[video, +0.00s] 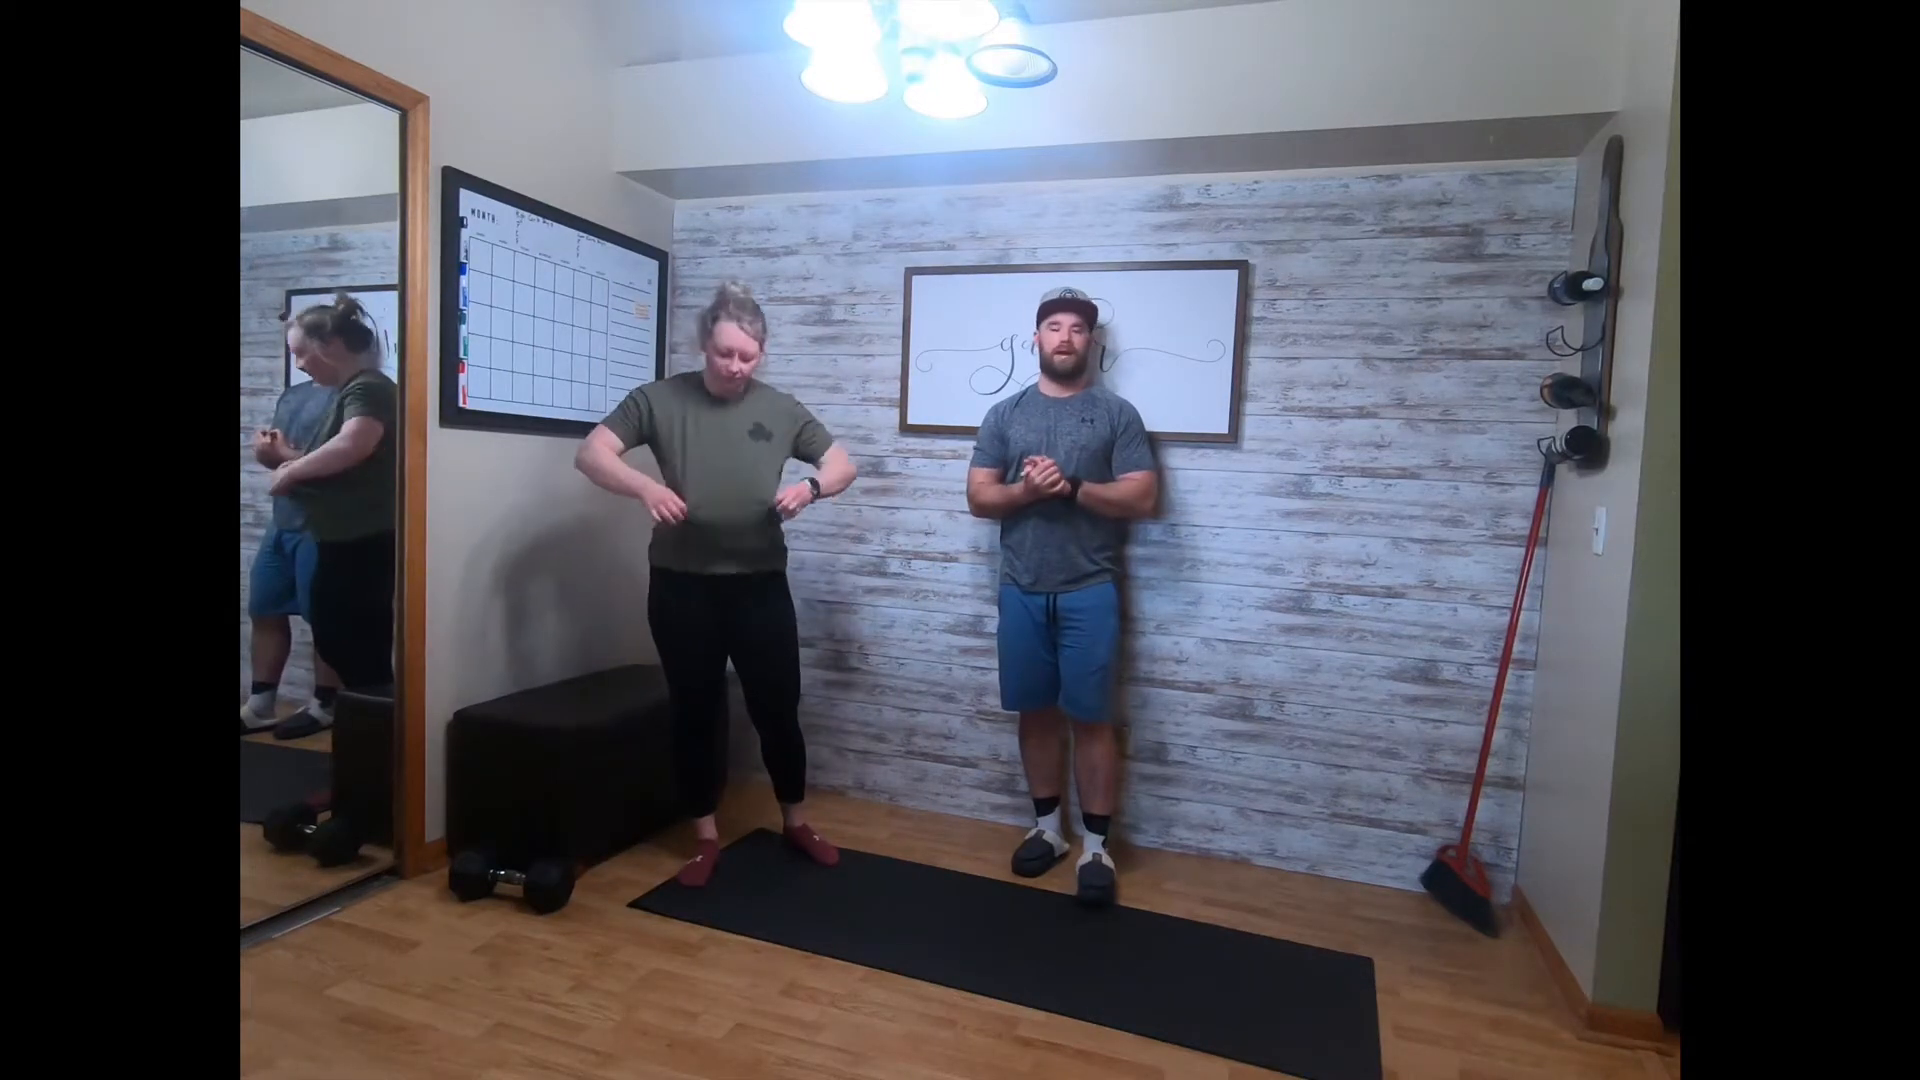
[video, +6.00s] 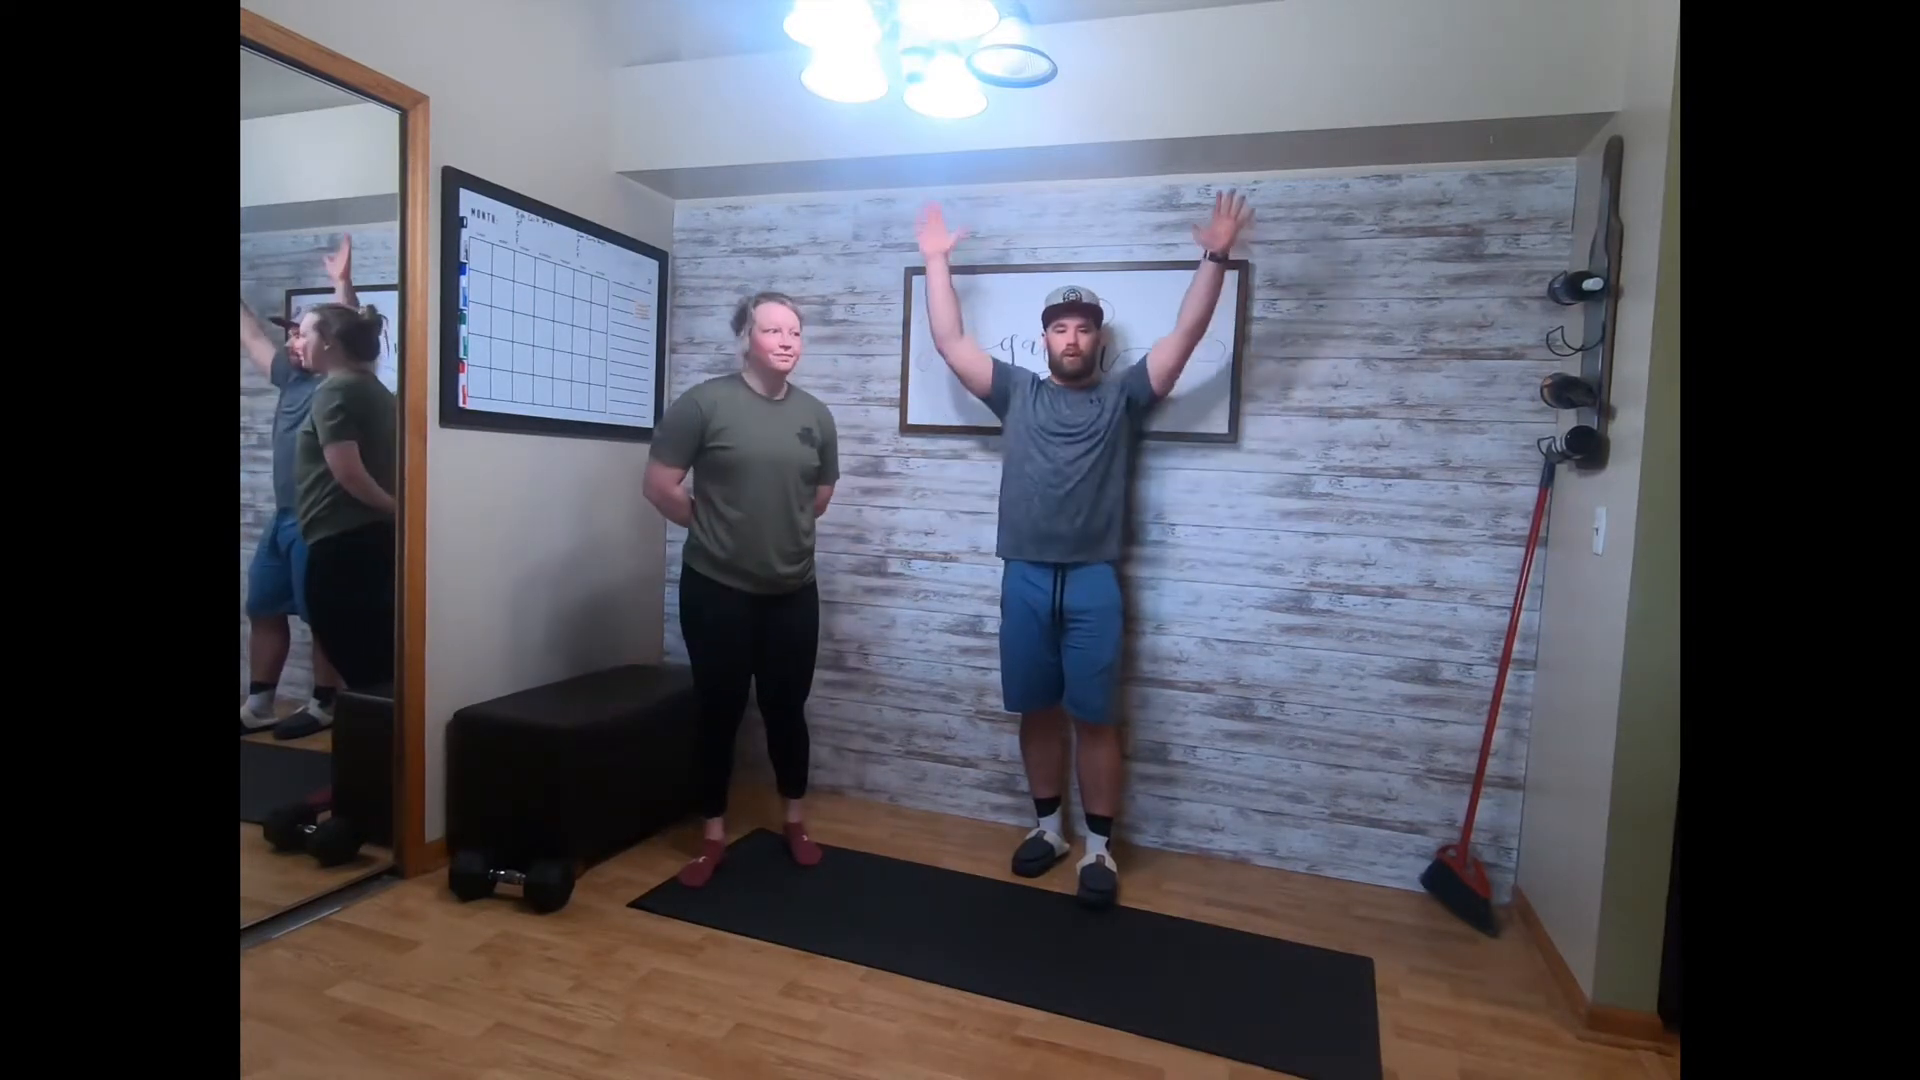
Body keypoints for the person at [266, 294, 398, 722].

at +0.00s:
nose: (302, 367)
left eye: (303, 355)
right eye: (298, 359)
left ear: (330, 345)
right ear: (333, 346)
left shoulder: (368, 388)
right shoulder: (349, 392)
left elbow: (356, 444)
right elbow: (332, 451)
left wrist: (291, 472)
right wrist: (288, 454)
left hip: (364, 541)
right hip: (344, 539)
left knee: (356, 650)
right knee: (344, 645)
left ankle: (377, 752)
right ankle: (363, 747)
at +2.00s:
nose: (303, 354)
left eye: (308, 342)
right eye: (302, 344)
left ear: (337, 343)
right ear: (344, 345)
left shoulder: (362, 398)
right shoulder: (346, 398)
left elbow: (384, 487)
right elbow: (378, 485)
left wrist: (416, 534)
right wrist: (413, 530)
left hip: (349, 545)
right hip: (333, 542)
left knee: (354, 659)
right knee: (349, 656)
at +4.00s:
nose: (318, 351)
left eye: (324, 341)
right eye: (319, 342)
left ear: (351, 346)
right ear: (353, 346)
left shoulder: (374, 396)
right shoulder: (364, 394)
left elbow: (397, 483)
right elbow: (392, 479)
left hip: (365, 541)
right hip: (357, 538)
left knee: (366, 647)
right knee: (367, 646)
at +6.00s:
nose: (297, 343)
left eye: (305, 334)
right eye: (299, 334)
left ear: (328, 340)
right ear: (350, 342)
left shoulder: (333, 391)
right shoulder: (381, 393)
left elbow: (349, 473)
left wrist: (400, 508)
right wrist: (405, 508)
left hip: (340, 543)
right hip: (378, 539)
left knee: (352, 655)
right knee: (376, 650)